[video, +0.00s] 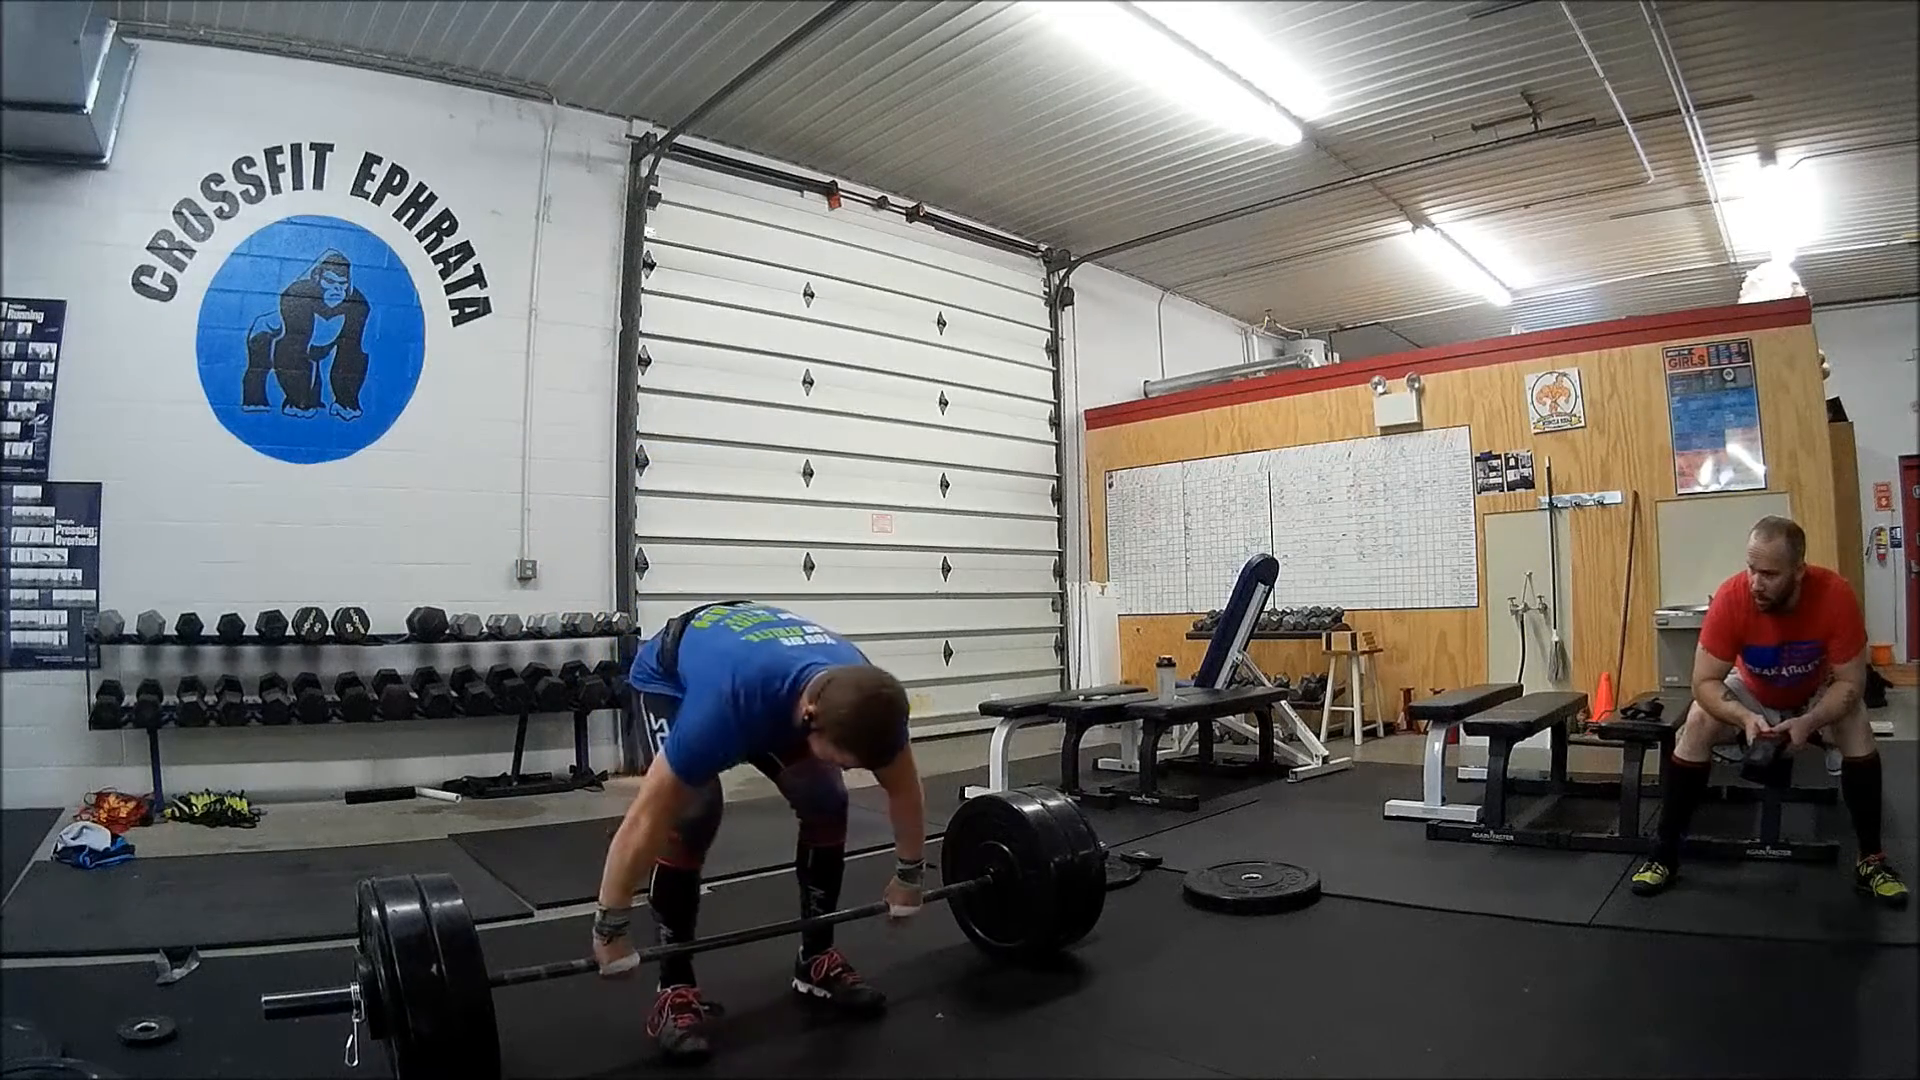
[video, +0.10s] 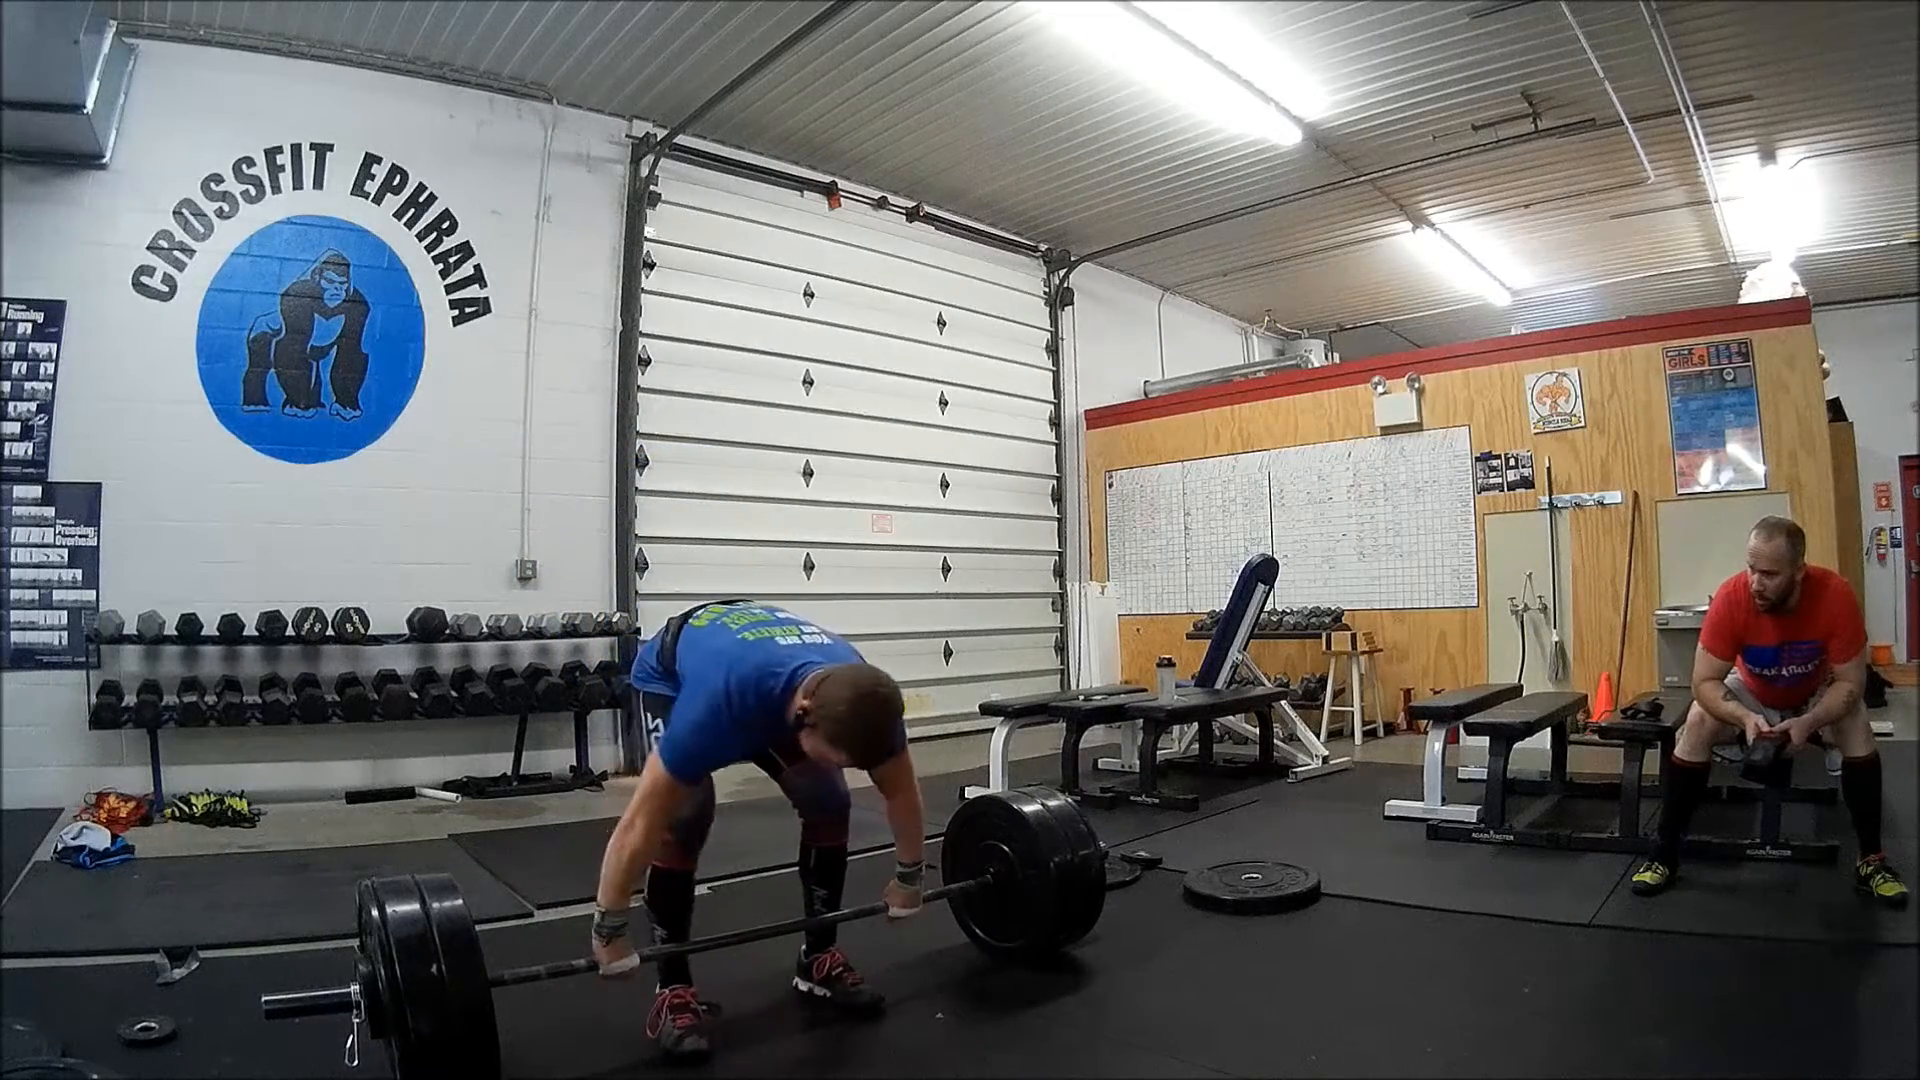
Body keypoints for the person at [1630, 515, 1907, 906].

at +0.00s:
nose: (1757, 584)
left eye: (1769, 575)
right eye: (1752, 570)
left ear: (1799, 568)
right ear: (1747, 562)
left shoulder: (1834, 595)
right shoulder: (1731, 598)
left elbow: (1851, 682)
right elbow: (1704, 683)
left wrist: (1808, 722)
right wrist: (1743, 718)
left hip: (1816, 695)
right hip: (1751, 694)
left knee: (1855, 724)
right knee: (1697, 722)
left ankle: (1871, 860)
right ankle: (1665, 857)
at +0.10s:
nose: (1757, 584)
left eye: (1769, 575)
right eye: (1752, 570)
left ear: (1799, 569)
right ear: (1746, 561)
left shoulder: (1834, 596)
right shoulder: (1731, 598)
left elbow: (1850, 682)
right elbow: (1704, 683)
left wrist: (1809, 722)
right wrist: (1743, 718)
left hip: (1816, 696)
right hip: (1751, 694)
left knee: (1855, 724)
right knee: (1697, 722)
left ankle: (1871, 860)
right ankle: (1664, 857)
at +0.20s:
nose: (1757, 584)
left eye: (1769, 575)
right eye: (1752, 570)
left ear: (1799, 569)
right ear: (1746, 561)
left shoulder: (1834, 596)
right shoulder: (1731, 598)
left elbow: (1850, 682)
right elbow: (1704, 683)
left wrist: (1809, 722)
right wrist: (1743, 718)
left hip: (1816, 696)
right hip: (1751, 694)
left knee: (1855, 724)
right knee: (1697, 722)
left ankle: (1871, 860)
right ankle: (1664, 857)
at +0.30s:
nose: (1757, 584)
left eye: (1769, 575)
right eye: (1752, 570)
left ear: (1799, 569)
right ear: (1747, 561)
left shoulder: (1834, 596)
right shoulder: (1731, 598)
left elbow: (1850, 682)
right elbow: (1704, 683)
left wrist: (1809, 722)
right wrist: (1743, 718)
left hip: (1816, 696)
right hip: (1751, 694)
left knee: (1855, 724)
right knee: (1697, 722)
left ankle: (1871, 860)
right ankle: (1664, 856)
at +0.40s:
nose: (1757, 584)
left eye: (1769, 575)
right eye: (1752, 570)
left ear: (1799, 569)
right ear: (1747, 561)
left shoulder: (1834, 596)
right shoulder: (1731, 598)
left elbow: (1850, 682)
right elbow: (1704, 683)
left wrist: (1809, 721)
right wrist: (1743, 718)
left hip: (1816, 696)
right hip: (1751, 694)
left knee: (1855, 724)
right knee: (1697, 722)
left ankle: (1871, 860)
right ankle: (1664, 856)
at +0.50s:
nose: (1756, 584)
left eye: (1769, 575)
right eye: (1752, 570)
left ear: (1799, 569)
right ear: (1746, 562)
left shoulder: (1834, 595)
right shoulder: (1731, 598)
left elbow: (1850, 682)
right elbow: (1704, 683)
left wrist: (1808, 722)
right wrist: (1743, 718)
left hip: (1816, 695)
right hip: (1752, 694)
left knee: (1855, 723)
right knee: (1697, 721)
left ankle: (1871, 860)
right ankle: (1664, 857)